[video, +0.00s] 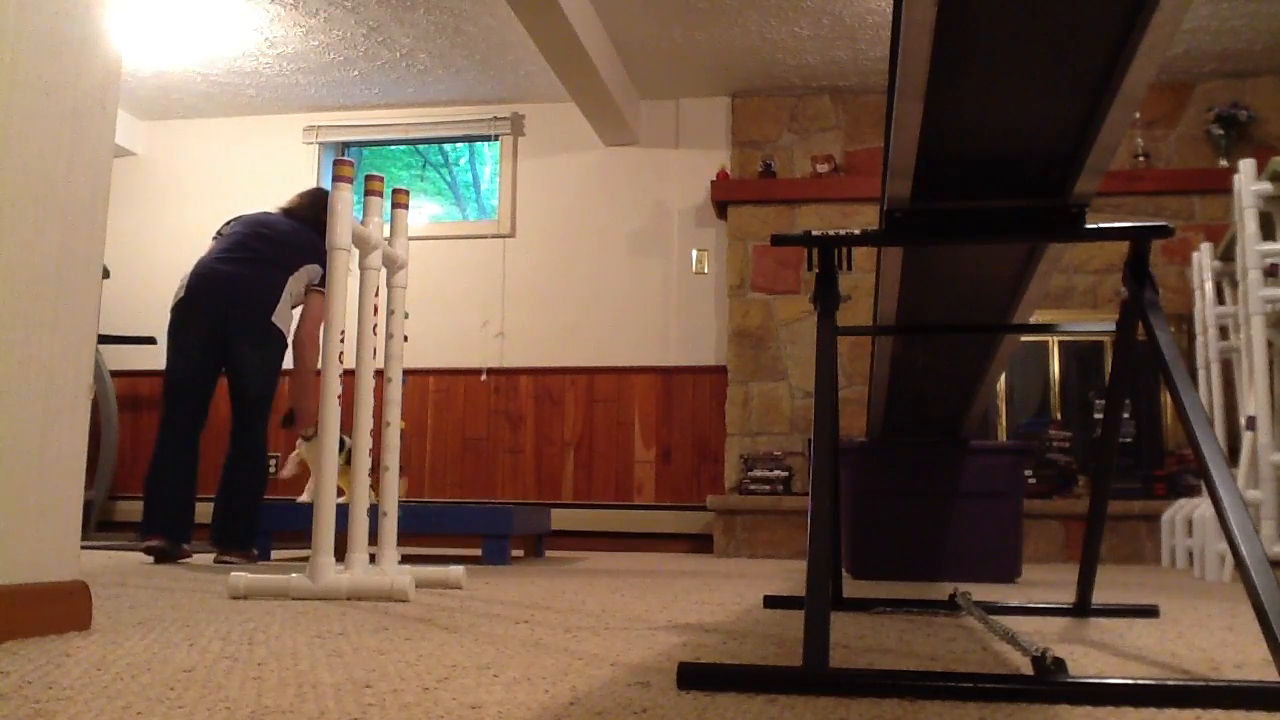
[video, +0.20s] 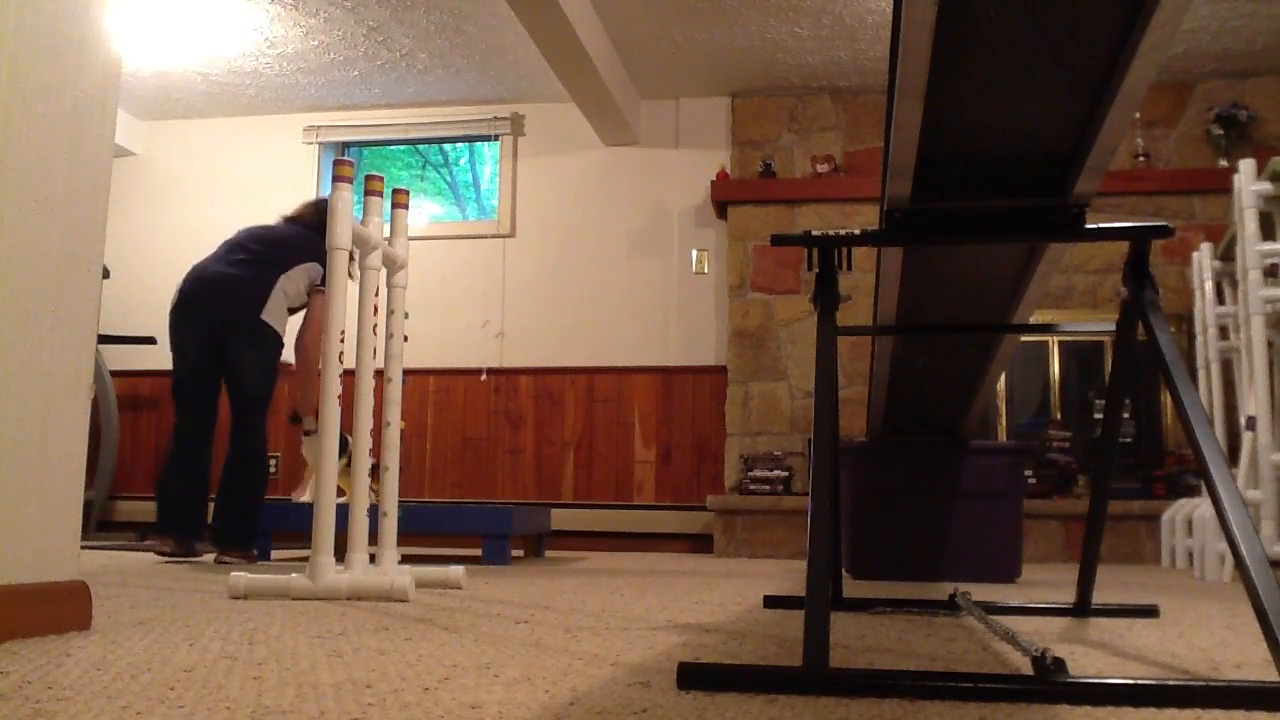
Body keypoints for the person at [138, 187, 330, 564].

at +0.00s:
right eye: (337, 235)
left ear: (293, 206)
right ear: (330, 225)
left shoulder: (243, 222)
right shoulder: (322, 252)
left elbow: (199, 281)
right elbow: (306, 335)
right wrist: (304, 409)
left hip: (194, 313)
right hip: (257, 327)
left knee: (180, 423)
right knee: (249, 434)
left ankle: (164, 533)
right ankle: (233, 543)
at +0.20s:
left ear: (300, 216)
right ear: (334, 233)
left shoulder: (259, 233)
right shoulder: (326, 257)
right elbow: (309, 342)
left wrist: (270, 361)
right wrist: (307, 404)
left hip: (191, 307)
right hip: (250, 322)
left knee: (192, 423)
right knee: (249, 433)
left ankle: (178, 532)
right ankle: (235, 542)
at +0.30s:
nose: (346, 271)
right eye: (347, 262)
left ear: (305, 225)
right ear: (338, 244)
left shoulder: (265, 242)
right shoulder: (327, 259)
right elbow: (304, 341)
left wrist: (284, 374)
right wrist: (308, 398)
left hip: (188, 309)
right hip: (247, 323)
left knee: (196, 423)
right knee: (248, 431)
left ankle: (184, 534)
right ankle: (234, 540)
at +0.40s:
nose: (347, 288)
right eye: (352, 276)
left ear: (316, 241)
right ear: (345, 258)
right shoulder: (326, 266)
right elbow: (306, 348)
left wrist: (303, 397)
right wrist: (316, 404)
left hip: (183, 312)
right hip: (238, 326)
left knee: (202, 430)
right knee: (247, 435)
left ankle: (204, 536)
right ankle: (236, 542)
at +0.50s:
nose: (353, 297)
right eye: (355, 287)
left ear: (325, 253)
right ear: (348, 270)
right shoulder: (329, 272)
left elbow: (280, 370)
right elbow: (308, 360)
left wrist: (319, 417)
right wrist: (329, 407)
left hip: (178, 321)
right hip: (227, 333)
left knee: (208, 434)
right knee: (245, 441)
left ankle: (212, 538)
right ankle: (236, 543)